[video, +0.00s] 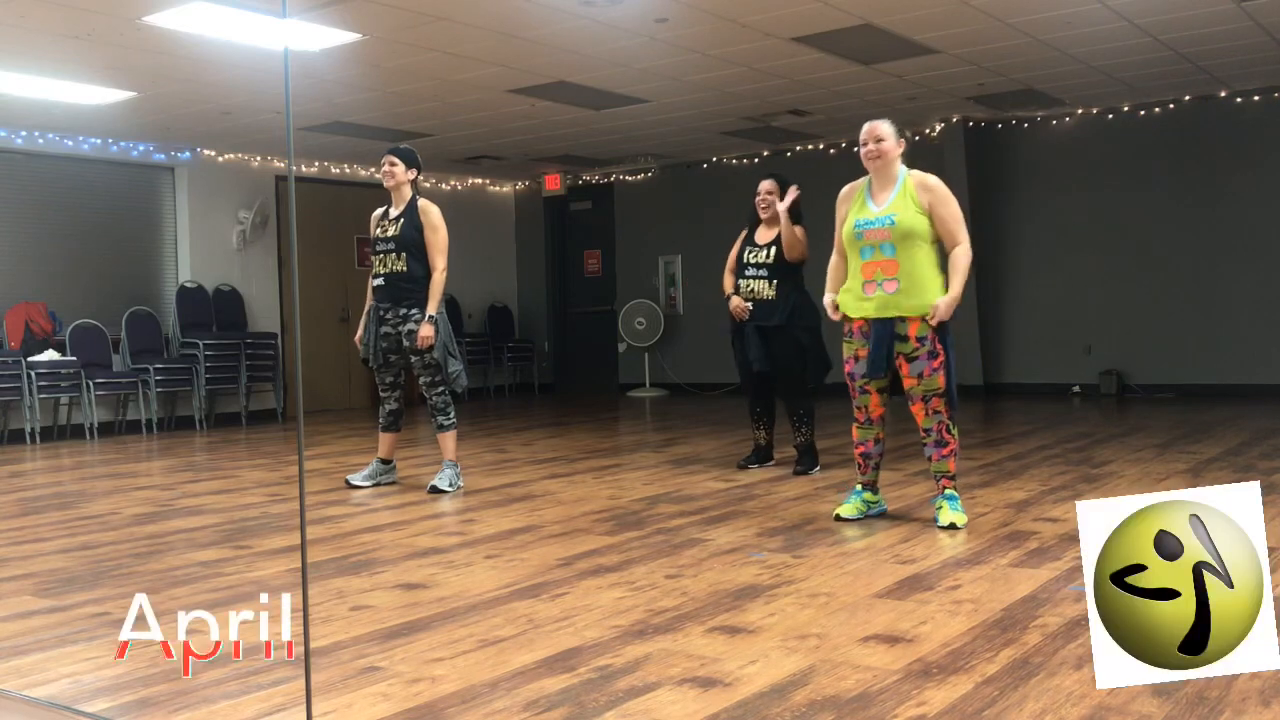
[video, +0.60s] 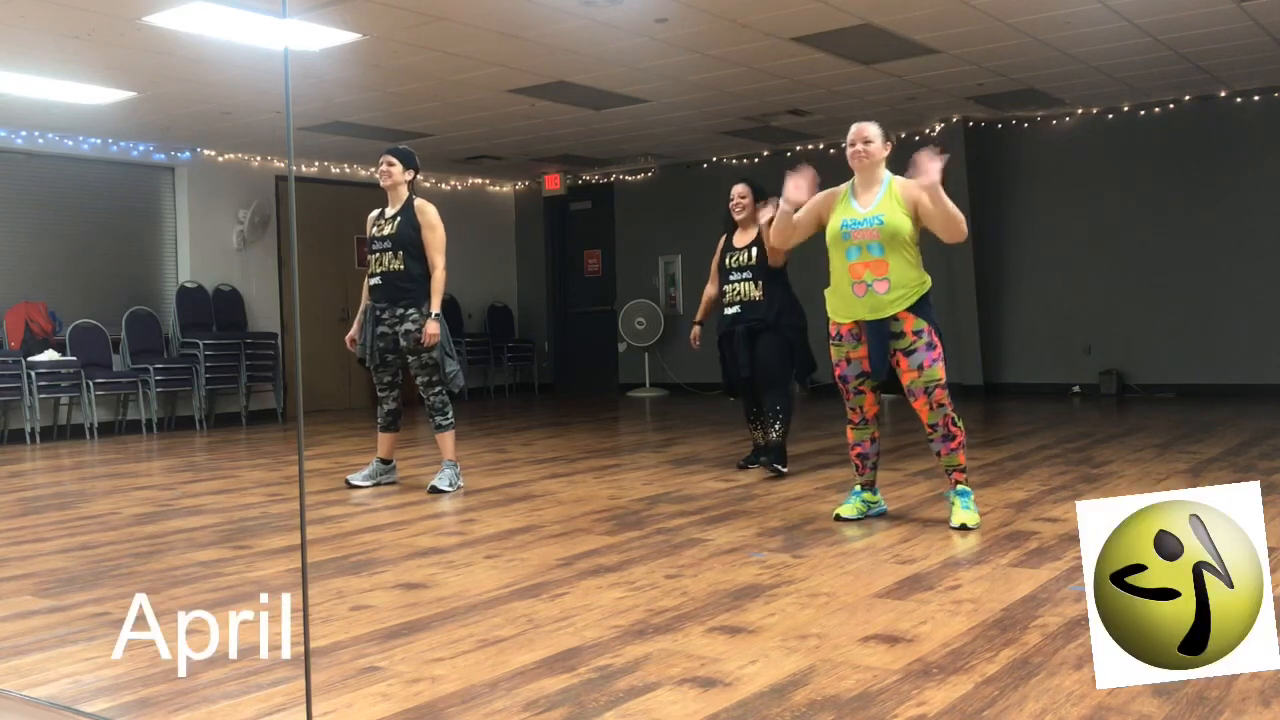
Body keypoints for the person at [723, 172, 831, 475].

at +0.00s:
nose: (762, 199)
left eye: (769, 194)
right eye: (759, 194)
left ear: (784, 199)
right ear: (754, 200)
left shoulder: (794, 232)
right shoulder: (747, 235)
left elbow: (794, 255)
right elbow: (729, 271)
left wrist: (783, 214)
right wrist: (731, 296)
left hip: (789, 325)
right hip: (752, 327)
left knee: (795, 388)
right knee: (757, 389)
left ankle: (806, 453)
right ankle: (762, 449)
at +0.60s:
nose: (736, 202)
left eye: (742, 197)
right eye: (732, 199)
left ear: (757, 201)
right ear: (728, 206)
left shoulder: (769, 232)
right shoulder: (726, 240)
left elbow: (778, 260)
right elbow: (713, 285)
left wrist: (767, 225)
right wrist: (698, 321)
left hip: (772, 322)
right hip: (737, 326)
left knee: (774, 382)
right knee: (748, 385)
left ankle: (776, 450)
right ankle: (759, 447)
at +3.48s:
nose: (728, 201)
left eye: (734, 195)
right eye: (723, 197)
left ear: (747, 200)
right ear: (716, 203)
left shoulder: (760, 236)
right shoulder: (702, 231)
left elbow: (749, 264)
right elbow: (684, 273)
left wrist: (747, 225)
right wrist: (683, 317)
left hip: (752, 326)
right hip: (710, 327)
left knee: (755, 377)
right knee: (713, 389)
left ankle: (771, 446)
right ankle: (722, 455)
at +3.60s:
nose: (724, 200)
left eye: (730, 195)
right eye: (719, 196)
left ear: (745, 199)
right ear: (713, 202)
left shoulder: (755, 236)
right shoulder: (698, 230)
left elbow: (745, 264)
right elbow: (681, 271)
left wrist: (744, 223)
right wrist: (680, 315)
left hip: (748, 325)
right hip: (706, 326)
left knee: (750, 376)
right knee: (713, 389)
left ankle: (768, 444)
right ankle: (721, 454)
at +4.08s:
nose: (707, 196)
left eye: (714, 191)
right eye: (704, 192)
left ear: (730, 197)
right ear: (701, 200)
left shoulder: (750, 232)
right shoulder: (692, 237)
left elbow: (778, 264)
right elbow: (681, 279)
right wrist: (679, 320)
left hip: (750, 323)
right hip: (709, 327)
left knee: (746, 367)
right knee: (715, 391)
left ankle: (769, 431)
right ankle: (722, 455)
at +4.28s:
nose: (717, 195)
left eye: (725, 191)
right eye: (715, 191)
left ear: (740, 197)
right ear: (711, 199)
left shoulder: (756, 231)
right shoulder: (705, 235)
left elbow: (779, 270)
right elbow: (708, 280)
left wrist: (790, 312)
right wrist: (709, 321)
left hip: (756, 329)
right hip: (717, 331)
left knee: (765, 391)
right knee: (721, 393)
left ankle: (782, 458)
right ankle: (722, 456)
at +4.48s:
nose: (727, 197)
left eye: (735, 193)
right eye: (724, 193)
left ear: (750, 200)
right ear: (720, 200)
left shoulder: (764, 233)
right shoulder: (718, 238)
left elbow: (791, 271)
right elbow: (727, 281)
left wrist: (792, 316)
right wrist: (723, 318)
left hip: (765, 326)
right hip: (727, 326)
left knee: (771, 389)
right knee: (695, 371)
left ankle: (783, 457)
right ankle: (718, 431)